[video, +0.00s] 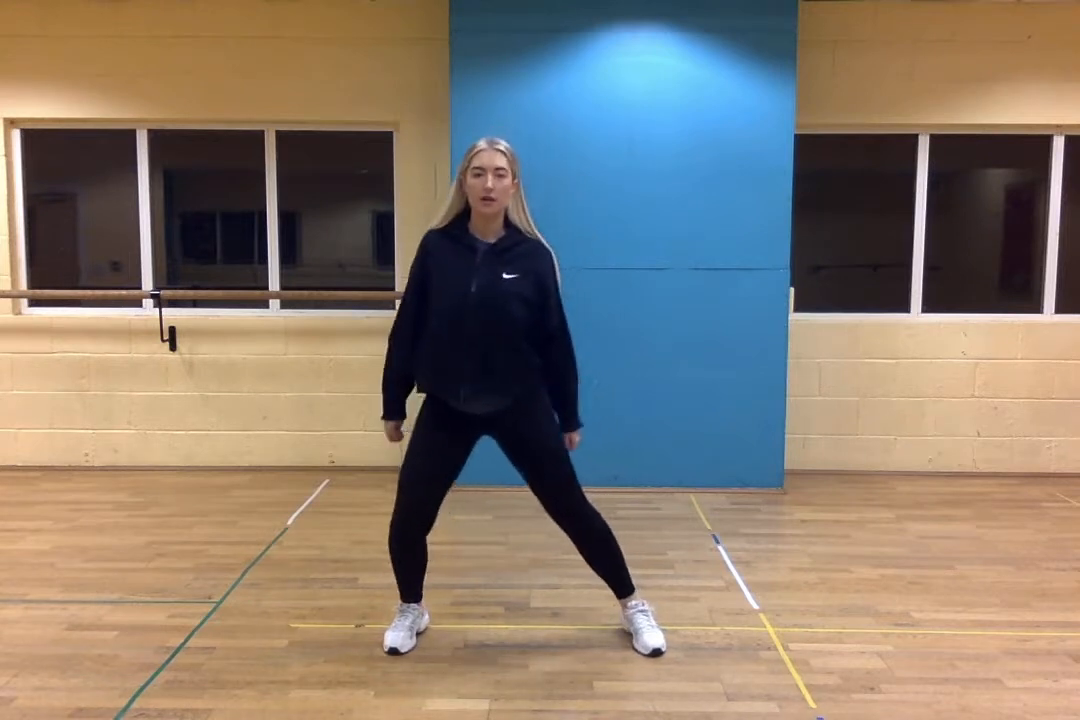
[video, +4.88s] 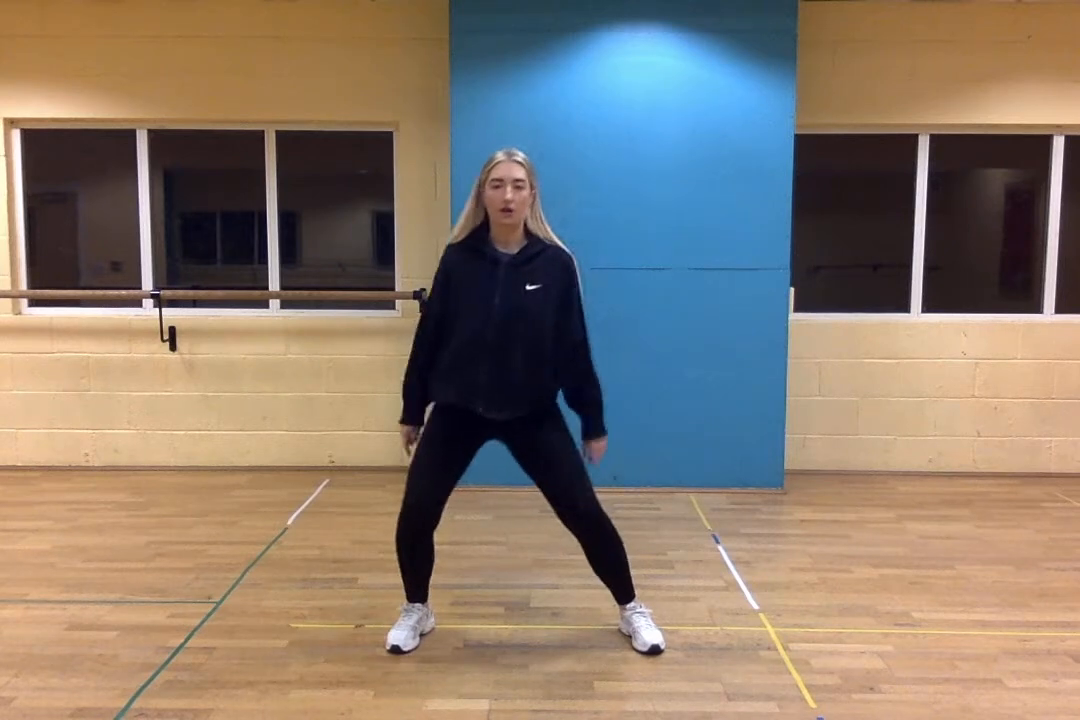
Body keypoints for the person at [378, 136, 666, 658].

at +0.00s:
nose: (489, 181)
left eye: (499, 173)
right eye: (478, 172)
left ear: (514, 184)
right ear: (463, 182)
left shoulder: (534, 255)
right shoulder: (437, 246)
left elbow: (555, 336)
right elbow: (408, 324)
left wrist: (569, 414)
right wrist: (393, 404)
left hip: (520, 405)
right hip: (447, 404)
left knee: (571, 509)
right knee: (407, 519)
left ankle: (633, 605)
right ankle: (410, 608)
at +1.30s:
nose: (537, 175)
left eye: (546, 166)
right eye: (526, 167)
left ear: (561, 175)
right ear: (511, 179)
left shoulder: (588, 240)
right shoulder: (491, 242)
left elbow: (607, 316)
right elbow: (469, 323)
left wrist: (596, 383)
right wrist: (469, 400)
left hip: (580, 390)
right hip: (510, 392)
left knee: (614, 505)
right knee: (468, 504)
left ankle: (634, 610)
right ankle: (417, 607)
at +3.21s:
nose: (534, 174)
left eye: (543, 165)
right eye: (523, 166)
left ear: (557, 174)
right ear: (508, 177)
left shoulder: (583, 240)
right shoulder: (487, 240)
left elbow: (601, 318)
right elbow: (461, 316)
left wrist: (602, 388)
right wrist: (450, 393)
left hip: (573, 388)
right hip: (504, 391)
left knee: (610, 502)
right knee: (463, 502)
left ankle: (635, 608)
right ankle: (417, 606)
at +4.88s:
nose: (507, 194)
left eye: (518, 185)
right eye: (497, 185)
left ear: (532, 196)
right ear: (482, 195)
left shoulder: (555, 261)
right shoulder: (458, 257)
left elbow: (573, 345)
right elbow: (429, 333)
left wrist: (593, 419)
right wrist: (412, 409)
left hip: (530, 409)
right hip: (459, 407)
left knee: (583, 511)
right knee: (415, 514)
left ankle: (631, 609)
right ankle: (415, 608)